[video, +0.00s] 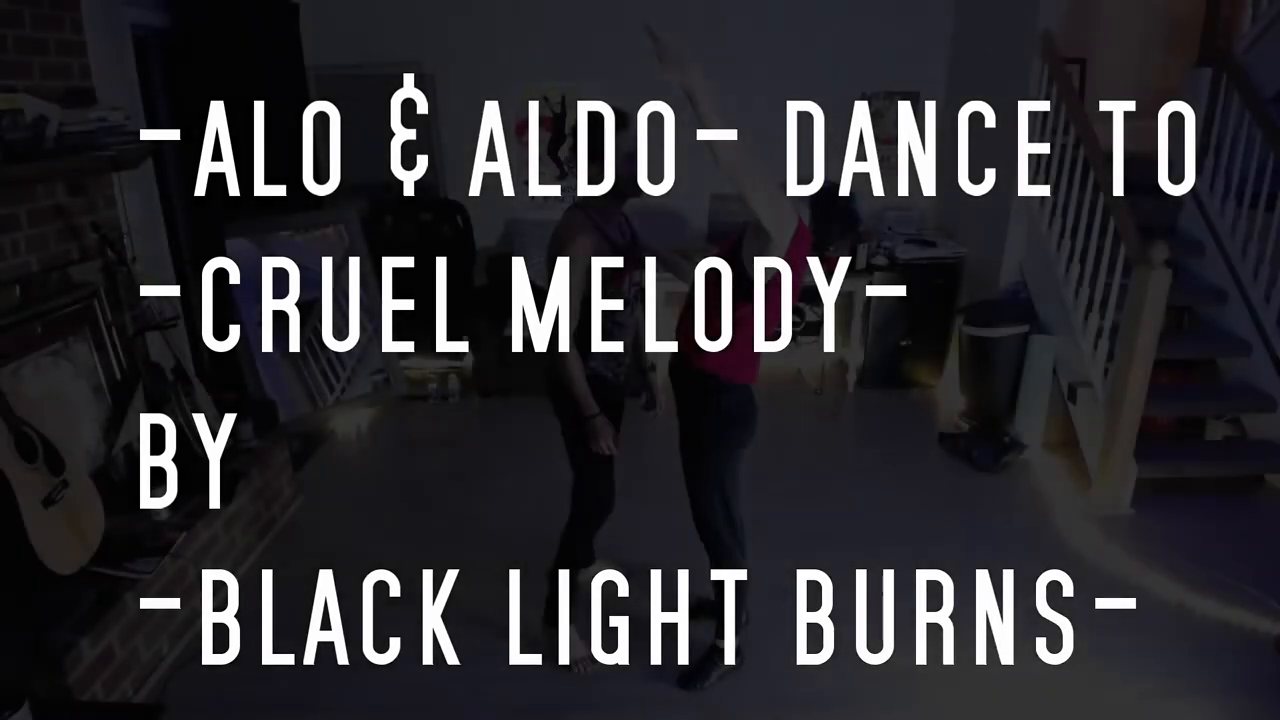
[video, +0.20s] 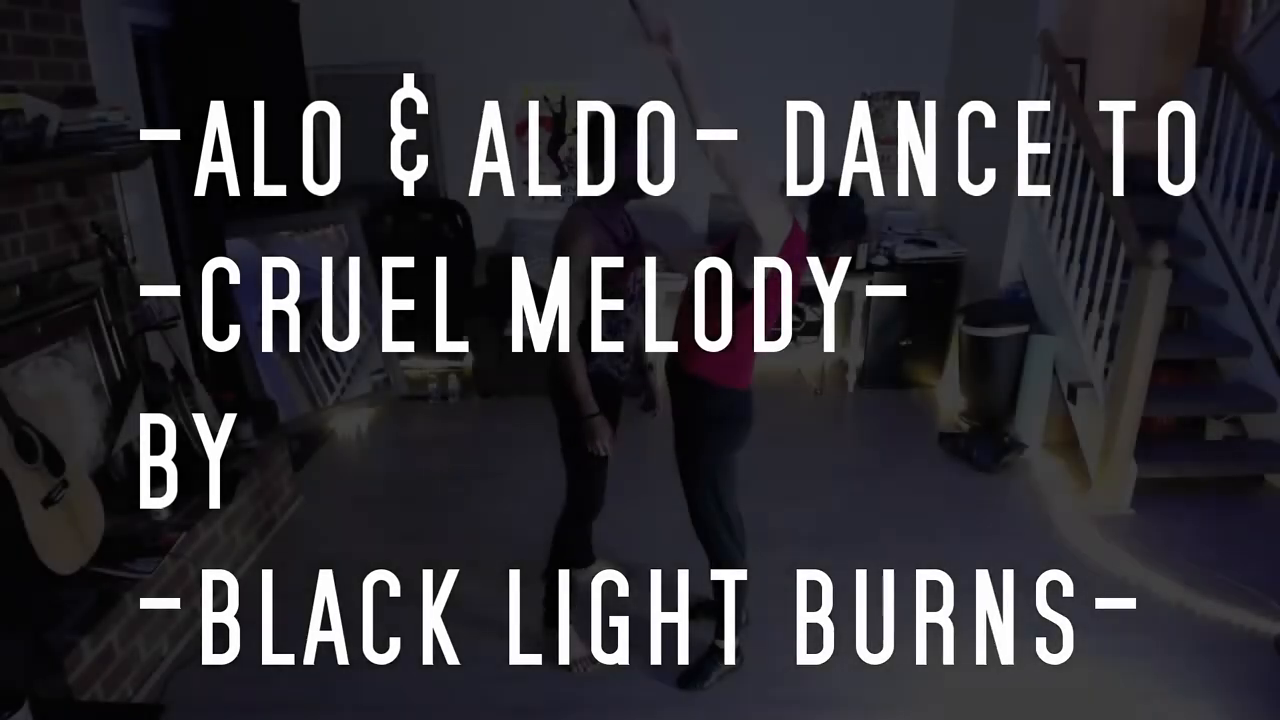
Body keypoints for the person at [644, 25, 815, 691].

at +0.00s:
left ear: (809, 214)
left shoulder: (782, 242)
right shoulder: (767, 245)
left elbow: (730, 157)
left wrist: (692, 84)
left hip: (720, 394)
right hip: (710, 390)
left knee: (713, 512)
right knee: (717, 511)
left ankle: (727, 638)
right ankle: (726, 629)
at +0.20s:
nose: (724, 211)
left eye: (732, 206)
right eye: (722, 208)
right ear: (735, 230)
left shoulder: (761, 258)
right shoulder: (729, 263)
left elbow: (716, 146)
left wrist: (672, 60)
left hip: (714, 398)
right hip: (711, 395)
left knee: (710, 512)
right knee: (712, 508)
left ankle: (728, 636)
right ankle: (726, 621)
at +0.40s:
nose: (719, 182)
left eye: (728, 177)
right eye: (720, 175)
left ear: (749, 192)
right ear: (767, 203)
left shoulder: (748, 240)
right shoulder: (748, 243)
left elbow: (704, 141)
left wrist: (664, 50)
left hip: (710, 400)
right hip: (711, 397)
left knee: (711, 517)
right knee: (715, 512)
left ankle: (725, 640)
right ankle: (727, 618)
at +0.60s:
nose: (748, 175)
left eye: (759, 177)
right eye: (756, 171)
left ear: (765, 202)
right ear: (771, 203)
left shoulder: (738, 253)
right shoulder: (750, 240)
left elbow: (668, 219)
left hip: (709, 405)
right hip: (712, 397)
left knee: (716, 520)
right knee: (716, 513)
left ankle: (729, 642)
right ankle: (729, 623)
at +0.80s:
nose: (701, 189)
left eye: (708, 183)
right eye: (705, 181)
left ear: (720, 190)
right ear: (757, 190)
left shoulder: (735, 260)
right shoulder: (748, 244)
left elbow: (653, 272)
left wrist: (635, 191)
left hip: (712, 408)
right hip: (717, 400)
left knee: (717, 519)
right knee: (718, 509)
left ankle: (727, 643)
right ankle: (727, 602)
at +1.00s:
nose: (680, 197)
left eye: (682, 187)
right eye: (681, 187)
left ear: (696, 192)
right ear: (737, 182)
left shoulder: (728, 262)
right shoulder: (751, 225)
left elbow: (655, 321)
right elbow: (689, 242)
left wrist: (616, 266)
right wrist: (636, 236)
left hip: (714, 408)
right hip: (725, 396)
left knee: (719, 521)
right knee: (719, 508)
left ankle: (727, 644)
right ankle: (731, 601)